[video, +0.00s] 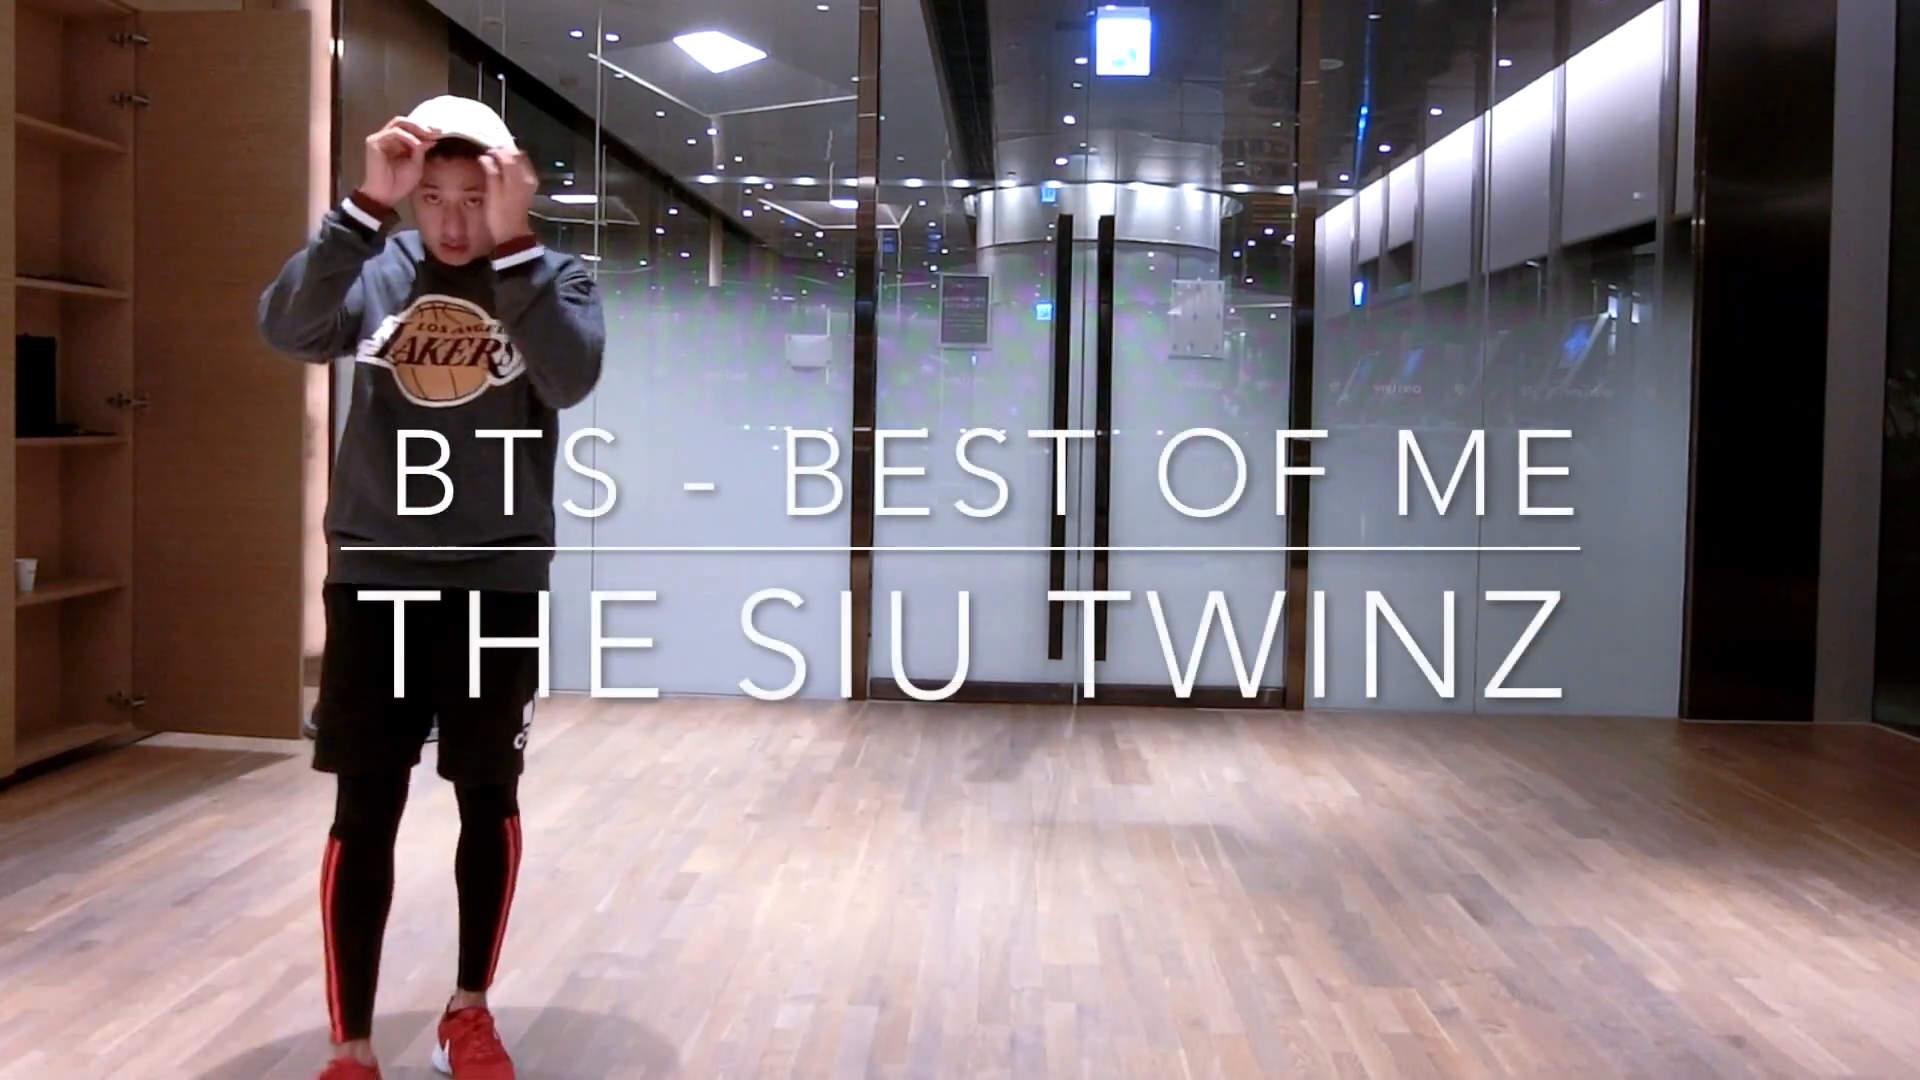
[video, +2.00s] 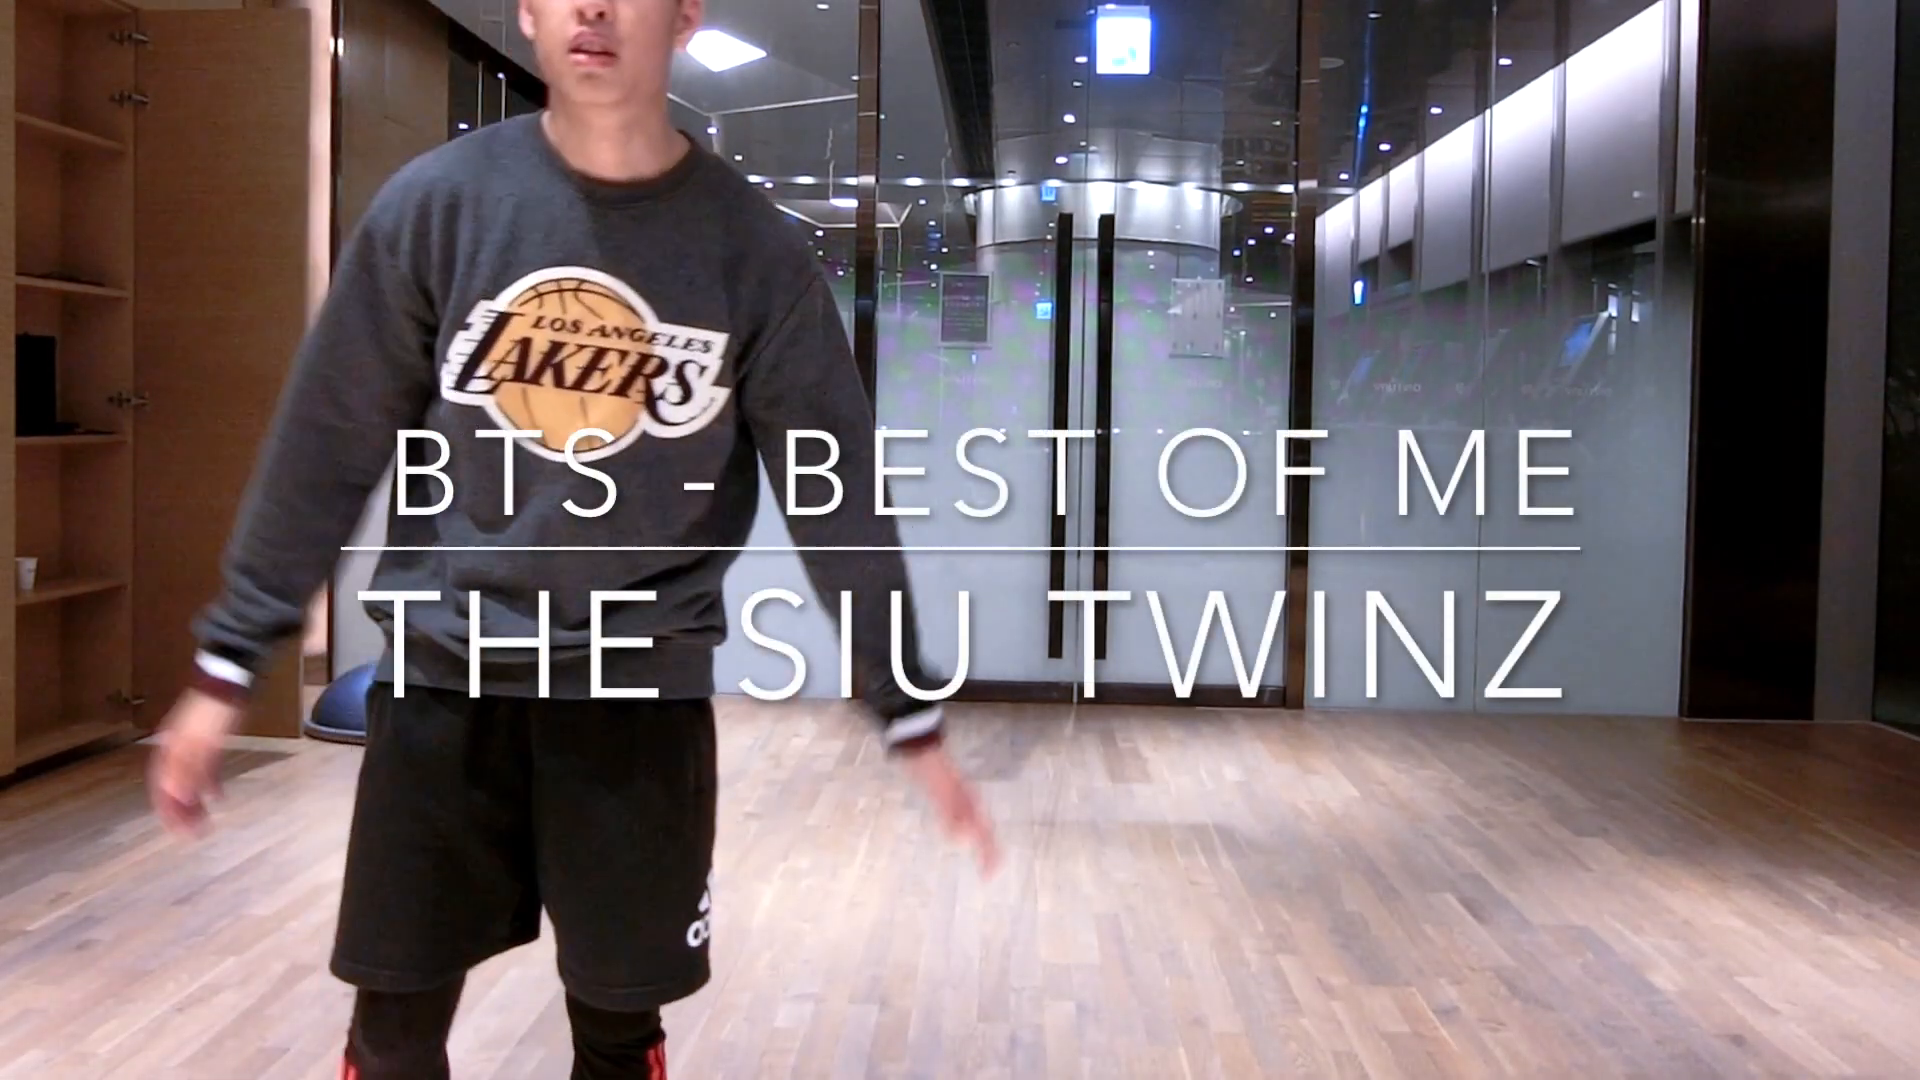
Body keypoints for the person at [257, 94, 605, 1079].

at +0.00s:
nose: (451, 210)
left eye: (469, 190)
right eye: (435, 194)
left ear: (503, 196)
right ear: (407, 202)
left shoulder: (550, 278)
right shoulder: (375, 276)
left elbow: (570, 380)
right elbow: (287, 328)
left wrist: (516, 243)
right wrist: (367, 208)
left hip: (500, 575)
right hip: (379, 573)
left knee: (489, 801)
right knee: (366, 807)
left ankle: (470, 1010)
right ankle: (351, 1049)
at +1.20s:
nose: (409, 119)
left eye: (435, 94)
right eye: (383, 92)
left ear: (476, 112)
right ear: (350, 108)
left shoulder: (532, 246)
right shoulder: (282, 225)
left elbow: (535, 400)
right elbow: (283, 397)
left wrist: (462, 342)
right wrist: (376, 336)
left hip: (487, 590)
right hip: (330, 604)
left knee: (535, 883)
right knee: (360, 906)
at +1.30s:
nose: (406, 97)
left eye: (433, 71)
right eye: (380, 70)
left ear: (480, 94)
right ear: (350, 91)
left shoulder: (545, 253)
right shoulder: (286, 229)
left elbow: (536, 414)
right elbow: (287, 381)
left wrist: (473, 511)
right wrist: (362, 491)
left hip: (494, 602)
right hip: (332, 613)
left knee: (533, 890)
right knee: (360, 904)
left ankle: (573, 1078)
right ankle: (382, 1078)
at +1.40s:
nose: (401, 85)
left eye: (430, 59)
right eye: (377, 58)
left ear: (485, 88)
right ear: (349, 83)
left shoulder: (555, 265)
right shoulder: (296, 251)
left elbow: (567, 477)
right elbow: (282, 465)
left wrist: (556, 672)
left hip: (497, 635)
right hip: (345, 639)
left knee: (528, 942)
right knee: (364, 929)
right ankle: (385, 1079)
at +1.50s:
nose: (406, 72)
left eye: (437, 44)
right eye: (383, 45)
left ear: (497, 76)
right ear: (356, 77)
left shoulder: (579, 268)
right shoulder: (306, 262)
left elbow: (623, 494)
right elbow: (254, 496)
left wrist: (674, 698)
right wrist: (206, 714)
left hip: (508, 674)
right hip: (343, 671)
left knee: (524, 979)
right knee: (368, 947)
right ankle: (385, 1079)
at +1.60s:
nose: (426, 42)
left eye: (459, 19)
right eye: (405, 20)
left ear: (526, 56)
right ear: (380, 51)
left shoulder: (613, 258)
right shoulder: (323, 247)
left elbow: (695, 463)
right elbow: (242, 458)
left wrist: (777, 620)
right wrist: (153, 630)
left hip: (535, 673)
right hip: (362, 668)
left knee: (555, 990)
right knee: (376, 958)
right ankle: (384, 1079)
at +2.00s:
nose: (591, 11)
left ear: (685, 17)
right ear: (526, 21)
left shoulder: (754, 243)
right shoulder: (431, 204)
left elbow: (833, 489)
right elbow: (323, 444)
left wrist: (909, 718)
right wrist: (221, 672)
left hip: (636, 692)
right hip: (441, 687)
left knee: (618, 1031)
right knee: (396, 1022)